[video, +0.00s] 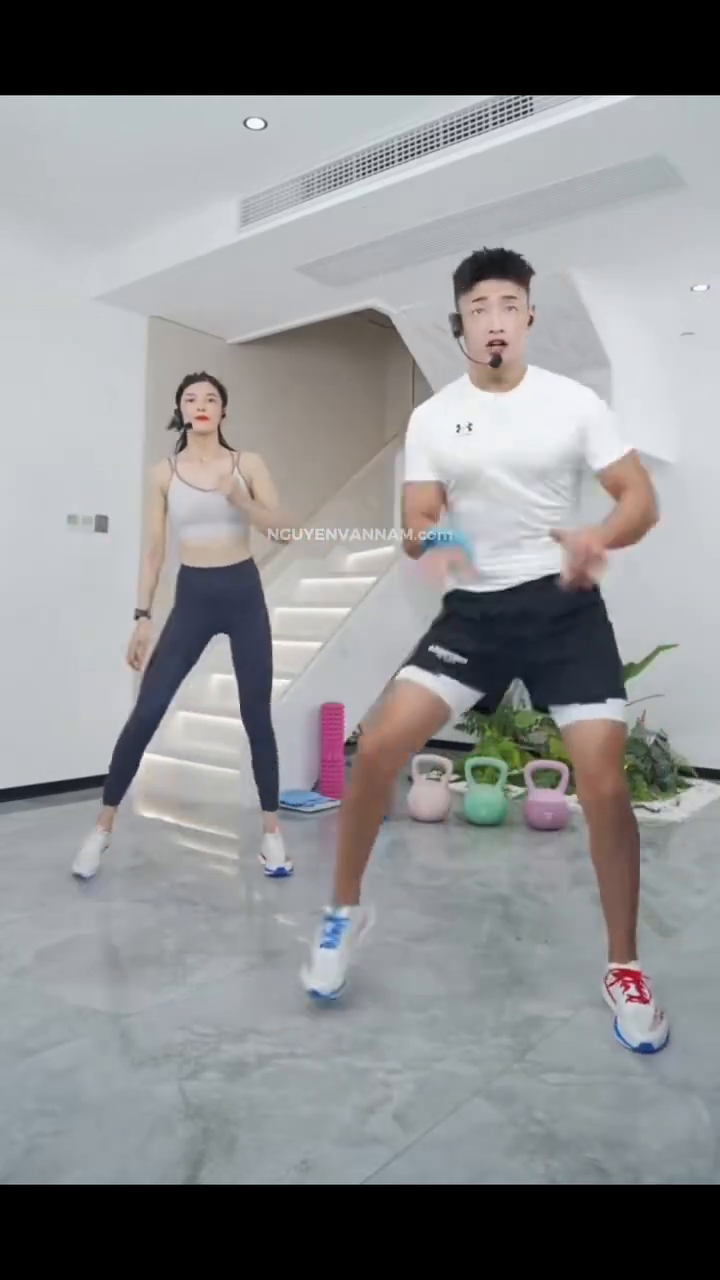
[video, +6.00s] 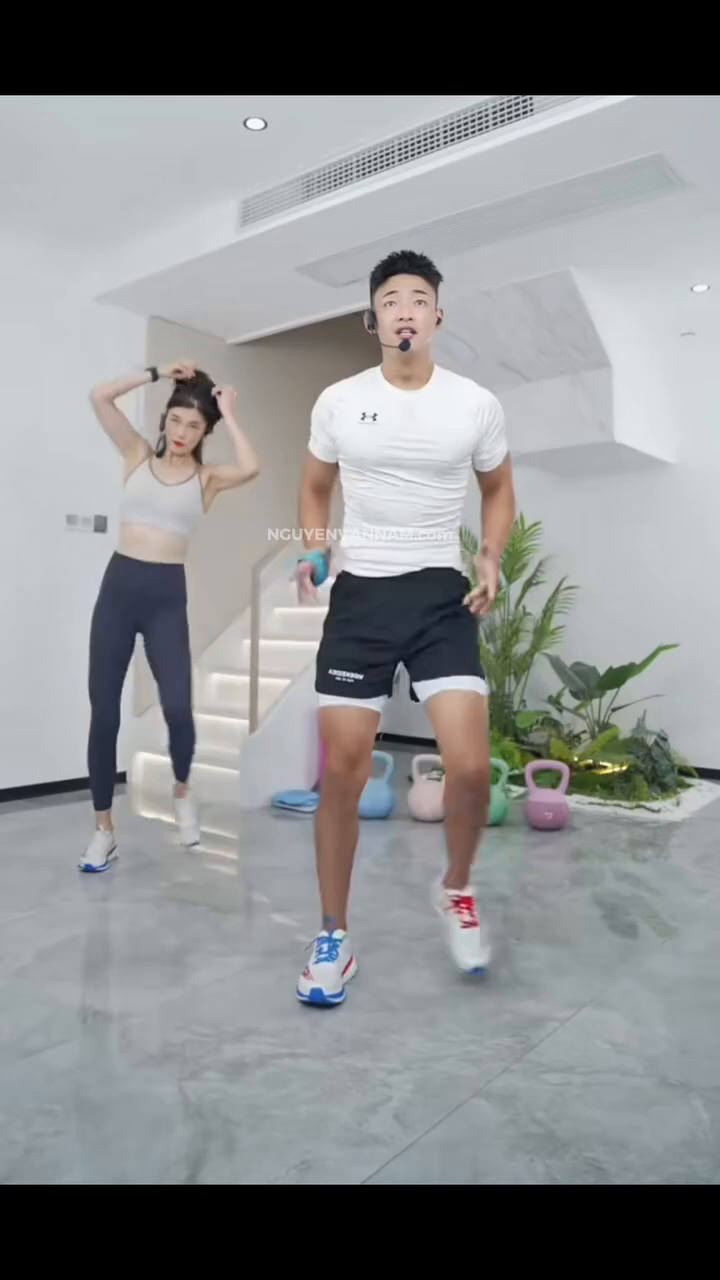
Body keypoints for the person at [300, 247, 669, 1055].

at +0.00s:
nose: (495, 321)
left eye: (509, 306)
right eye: (480, 309)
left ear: (531, 319)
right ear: (459, 325)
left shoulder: (573, 404)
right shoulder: (432, 418)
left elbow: (642, 499)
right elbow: (418, 521)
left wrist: (603, 538)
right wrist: (430, 545)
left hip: (565, 609)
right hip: (473, 613)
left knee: (603, 785)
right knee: (375, 746)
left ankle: (624, 968)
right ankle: (343, 909)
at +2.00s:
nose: (532, 393)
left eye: (545, 384)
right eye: (521, 380)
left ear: (558, 398)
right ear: (499, 388)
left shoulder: (574, 470)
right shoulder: (456, 462)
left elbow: (600, 546)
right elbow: (441, 538)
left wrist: (611, 604)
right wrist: (454, 595)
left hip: (554, 629)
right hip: (481, 630)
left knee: (586, 782)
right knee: (458, 763)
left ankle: (586, 902)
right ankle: (508, 875)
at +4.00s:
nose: (449, 329)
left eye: (462, 318)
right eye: (437, 318)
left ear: (483, 331)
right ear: (420, 334)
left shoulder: (513, 420)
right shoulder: (390, 419)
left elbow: (539, 511)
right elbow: (374, 495)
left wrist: (534, 552)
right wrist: (373, 544)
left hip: (490, 610)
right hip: (408, 609)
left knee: (540, 779)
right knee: (368, 762)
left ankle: (580, 914)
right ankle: (324, 926)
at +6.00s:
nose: (405, 313)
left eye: (419, 301)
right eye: (391, 302)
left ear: (438, 317)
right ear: (374, 320)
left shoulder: (476, 407)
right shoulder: (338, 404)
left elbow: (499, 494)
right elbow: (316, 492)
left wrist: (490, 555)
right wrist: (316, 542)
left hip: (442, 599)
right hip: (359, 600)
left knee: (471, 768)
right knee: (343, 766)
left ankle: (457, 890)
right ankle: (331, 936)